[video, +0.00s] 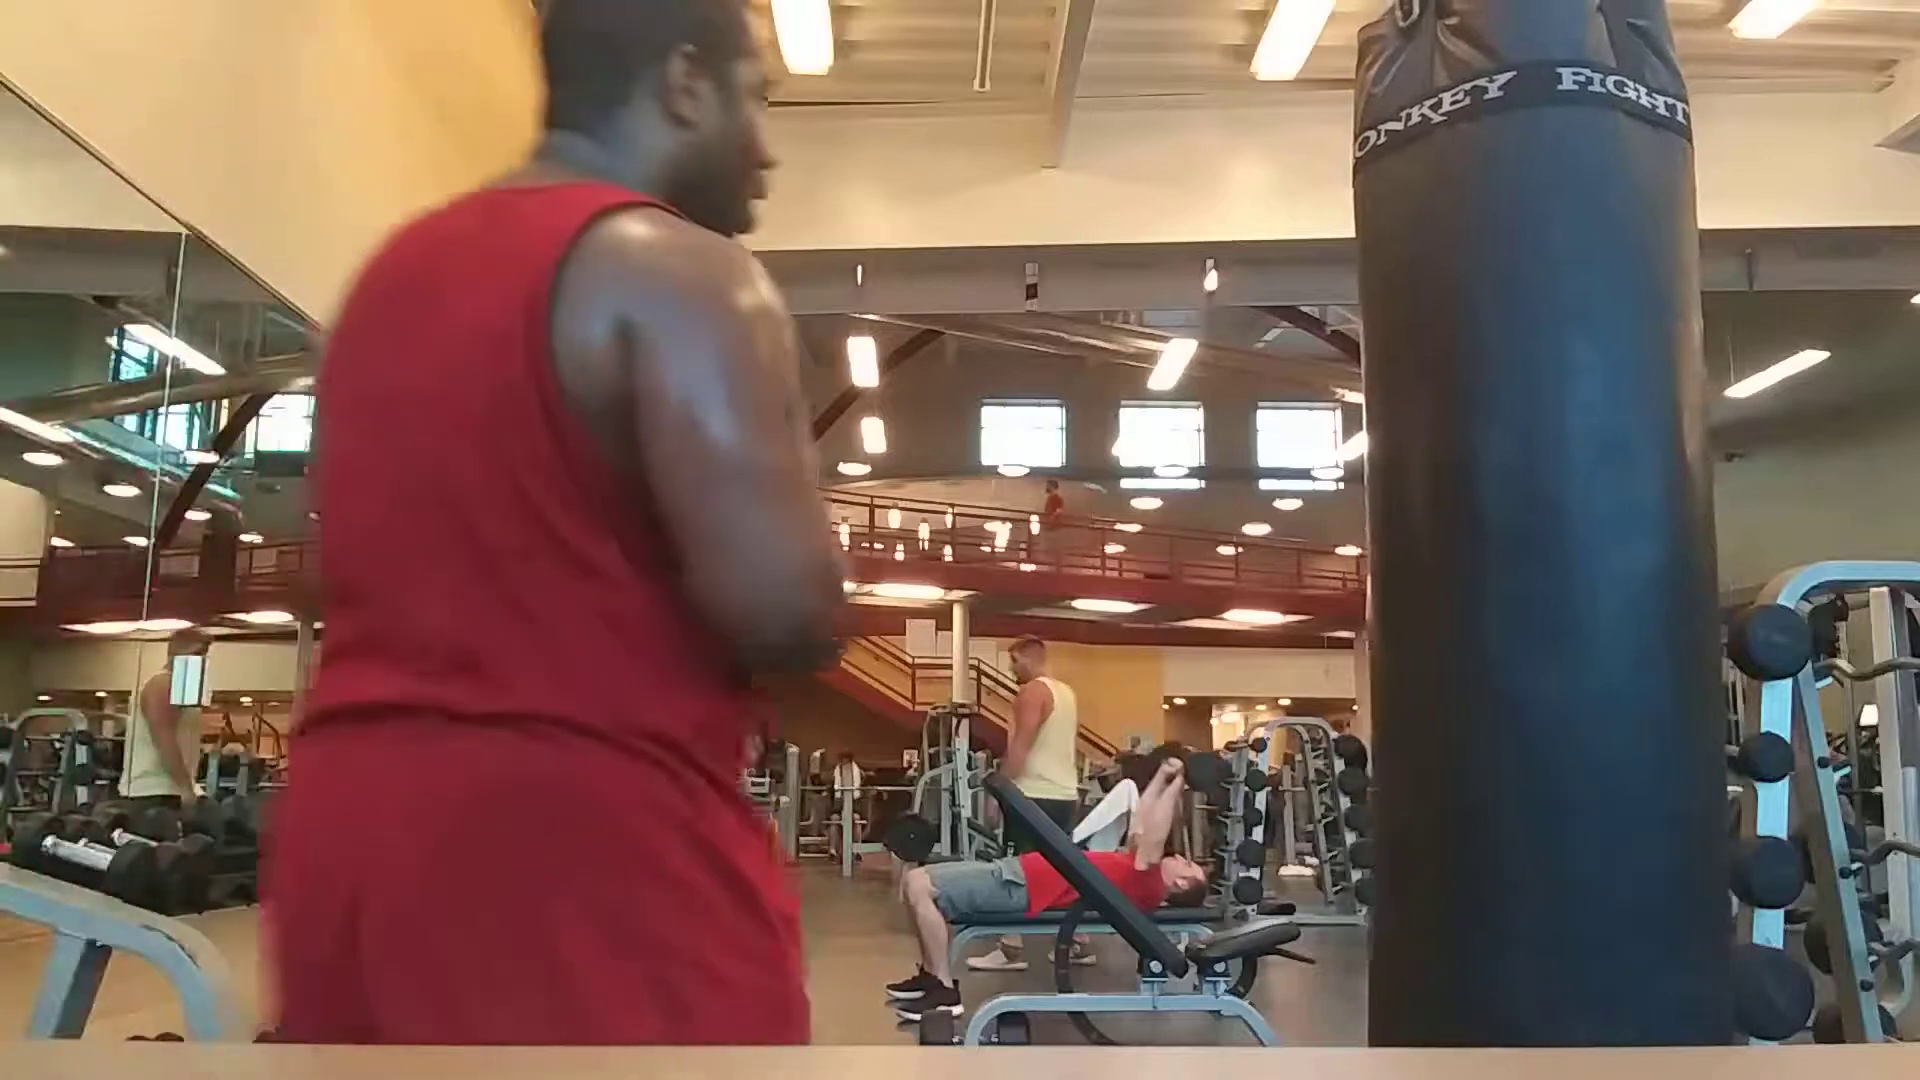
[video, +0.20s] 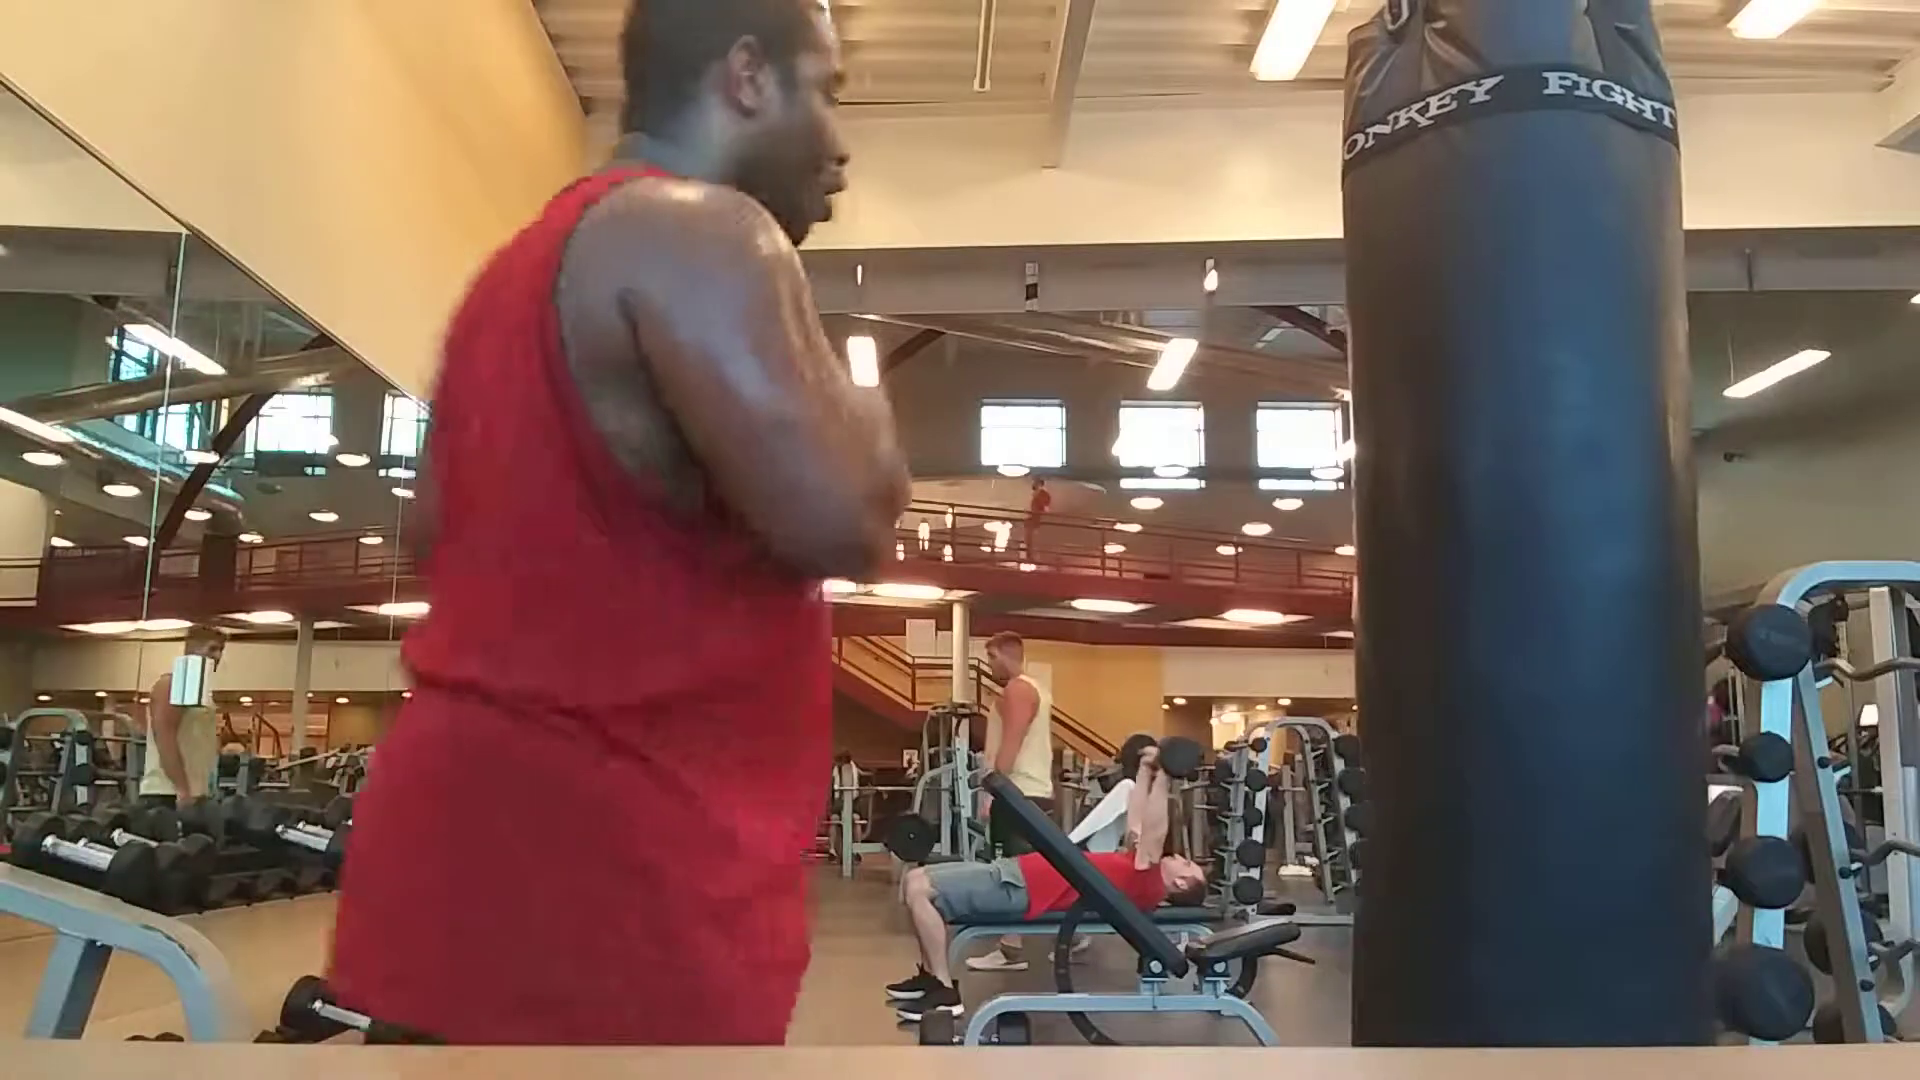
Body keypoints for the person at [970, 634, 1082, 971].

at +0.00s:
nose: (1013, 668)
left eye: (1014, 662)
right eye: (1012, 662)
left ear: (1027, 658)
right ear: (1041, 657)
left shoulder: (1032, 691)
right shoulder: (1066, 692)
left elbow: (1019, 749)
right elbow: (1067, 747)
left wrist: (999, 789)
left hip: (1031, 798)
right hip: (1064, 799)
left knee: (1018, 870)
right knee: (1066, 869)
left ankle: (1010, 945)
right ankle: (1078, 940)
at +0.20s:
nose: (989, 666)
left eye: (991, 659)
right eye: (988, 659)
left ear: (1007, 656)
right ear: (1016, 656)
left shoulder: (1018, 690)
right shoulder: (1030, 688)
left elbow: (1012, 743)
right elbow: (1019, 742)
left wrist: (992, 789)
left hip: (1017, 795)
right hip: (1034, 794)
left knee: (1011, 868)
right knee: (1045, 866)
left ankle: (1011, 946)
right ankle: (1074, 930)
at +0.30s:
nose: (978, 663)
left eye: (982, 656)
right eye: (978, 657)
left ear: (1000, 656)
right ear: (1003, 656)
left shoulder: (1011, 689)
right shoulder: (1011, 689)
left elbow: (1007, 739)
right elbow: (1007, 741)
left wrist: (989, 785)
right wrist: (989, 784)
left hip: (1012, 793)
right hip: (1013, 793)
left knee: (1009, 866)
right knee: (1009, 866)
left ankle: (1011, 945)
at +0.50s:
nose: (963, 662)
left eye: (967, 655)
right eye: (963, 656)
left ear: (986, 654)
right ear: (977, 655)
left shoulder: (1002, 690)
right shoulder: (985, 693)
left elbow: (997, 744)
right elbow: (984, 744)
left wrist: (979, 789)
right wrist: (972, 789)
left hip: (998, 798)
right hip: (986, 798)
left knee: (1004, 870)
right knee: (993, 870)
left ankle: (1010, 945)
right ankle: (1005, 942)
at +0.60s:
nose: (954, 663)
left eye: (958, 656)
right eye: (954, 656)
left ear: (975, 656)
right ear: (971, 657)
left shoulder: (995, 690)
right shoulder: (976, 693)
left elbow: (993, 744)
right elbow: (978, 746)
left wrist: (973, 791)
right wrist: (961, 789)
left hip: (988, 801)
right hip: (969, 800)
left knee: (999, 872)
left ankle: (1010, 945)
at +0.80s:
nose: (929, 663)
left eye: (934, 656)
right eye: (929, 657)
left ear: (954, 656)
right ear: (945, 658)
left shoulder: (974, 693)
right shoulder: (949, 696)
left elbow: (981, 747)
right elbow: (947, 753)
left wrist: (966, 799)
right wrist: (931, 797)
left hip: (963, 806)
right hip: (942, 804)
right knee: (919, 874)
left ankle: (1002, 945)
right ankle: (913, 943)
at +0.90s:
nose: (916, 687)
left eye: (923, 677)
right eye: (913, 681)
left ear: (940, 669)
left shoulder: (959, 700)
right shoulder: (925, 705)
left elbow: (968, 753)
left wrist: (959, 802)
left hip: (950, 807)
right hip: (924, 805)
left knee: (965, 878)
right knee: (915, 876)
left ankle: (996, 944)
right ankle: (907, 943)